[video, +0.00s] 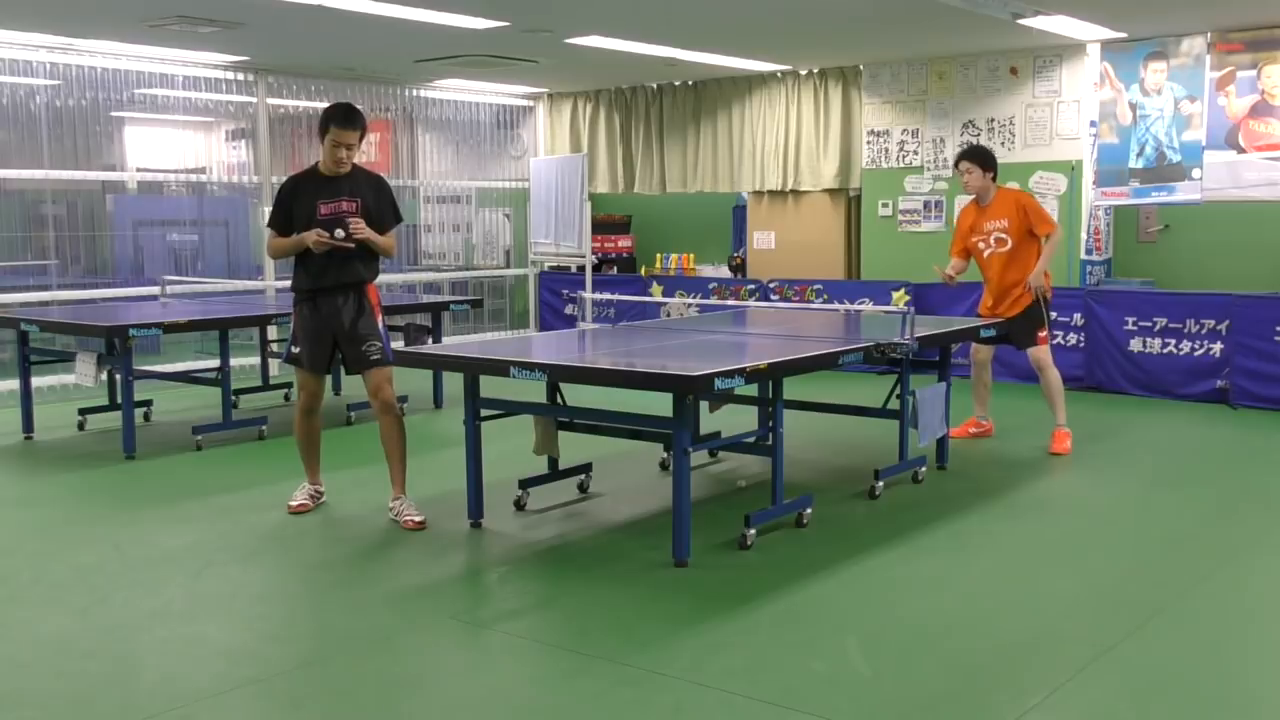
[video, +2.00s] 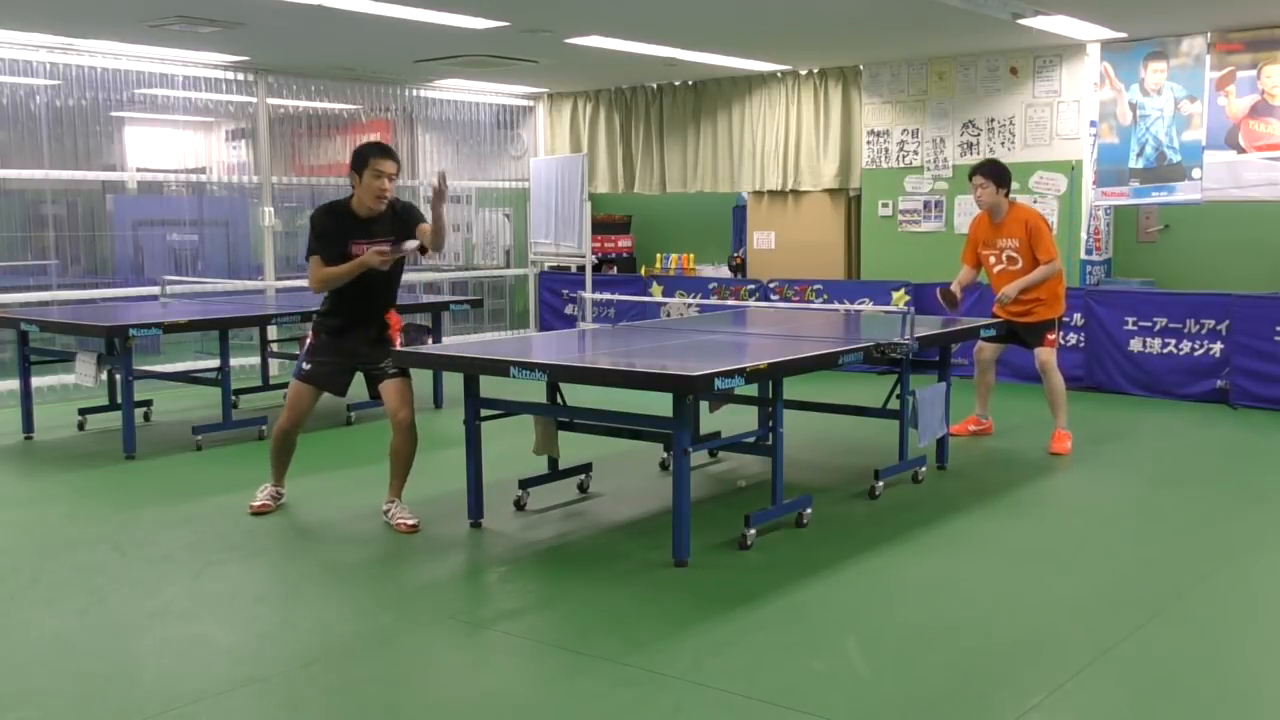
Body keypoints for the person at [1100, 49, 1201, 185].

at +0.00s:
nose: (1158, 77)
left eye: (1162, 72)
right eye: (1154, 71)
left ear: (1167, 73)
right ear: (1143, 72)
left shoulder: (1173, 89)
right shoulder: (1135, 91)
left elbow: (1198, 105)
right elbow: (1125, 121)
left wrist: (1191, 107)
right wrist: (1120, 95)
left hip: (1171, 160)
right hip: (1142, 163)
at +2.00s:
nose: (1158, 77)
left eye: (1162, 72)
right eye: (1154, 71)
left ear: (1167, 73)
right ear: (1143, 72)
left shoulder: (1173, 89)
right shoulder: (1135, 91)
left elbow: (1198, 106)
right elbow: (1125, 120)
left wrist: (1191, 107)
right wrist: (1120, 95)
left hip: (1171, 162)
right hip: (1141, 164)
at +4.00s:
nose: (1158, 77)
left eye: (1162, 71)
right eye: (1154, 71)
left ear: (1167, 73)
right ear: (1143, 72)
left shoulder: (1173, 89)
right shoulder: (1135, 90)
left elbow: (1198, 105)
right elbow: (1125, 120)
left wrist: (1191, 106)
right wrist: (1121, 94)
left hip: (1171, 161)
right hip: (1141, 163)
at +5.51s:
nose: (1158, 76)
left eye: (1162, 71)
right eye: (1154, 71)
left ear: (1167, 72)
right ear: (1143, 71)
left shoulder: (1173, 89)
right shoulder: (1134, 90)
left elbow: (1199, 105)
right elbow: (1125, 120)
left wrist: (1191, 106)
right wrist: (1120, 93)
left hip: (1171, 159)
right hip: (1141, 162)